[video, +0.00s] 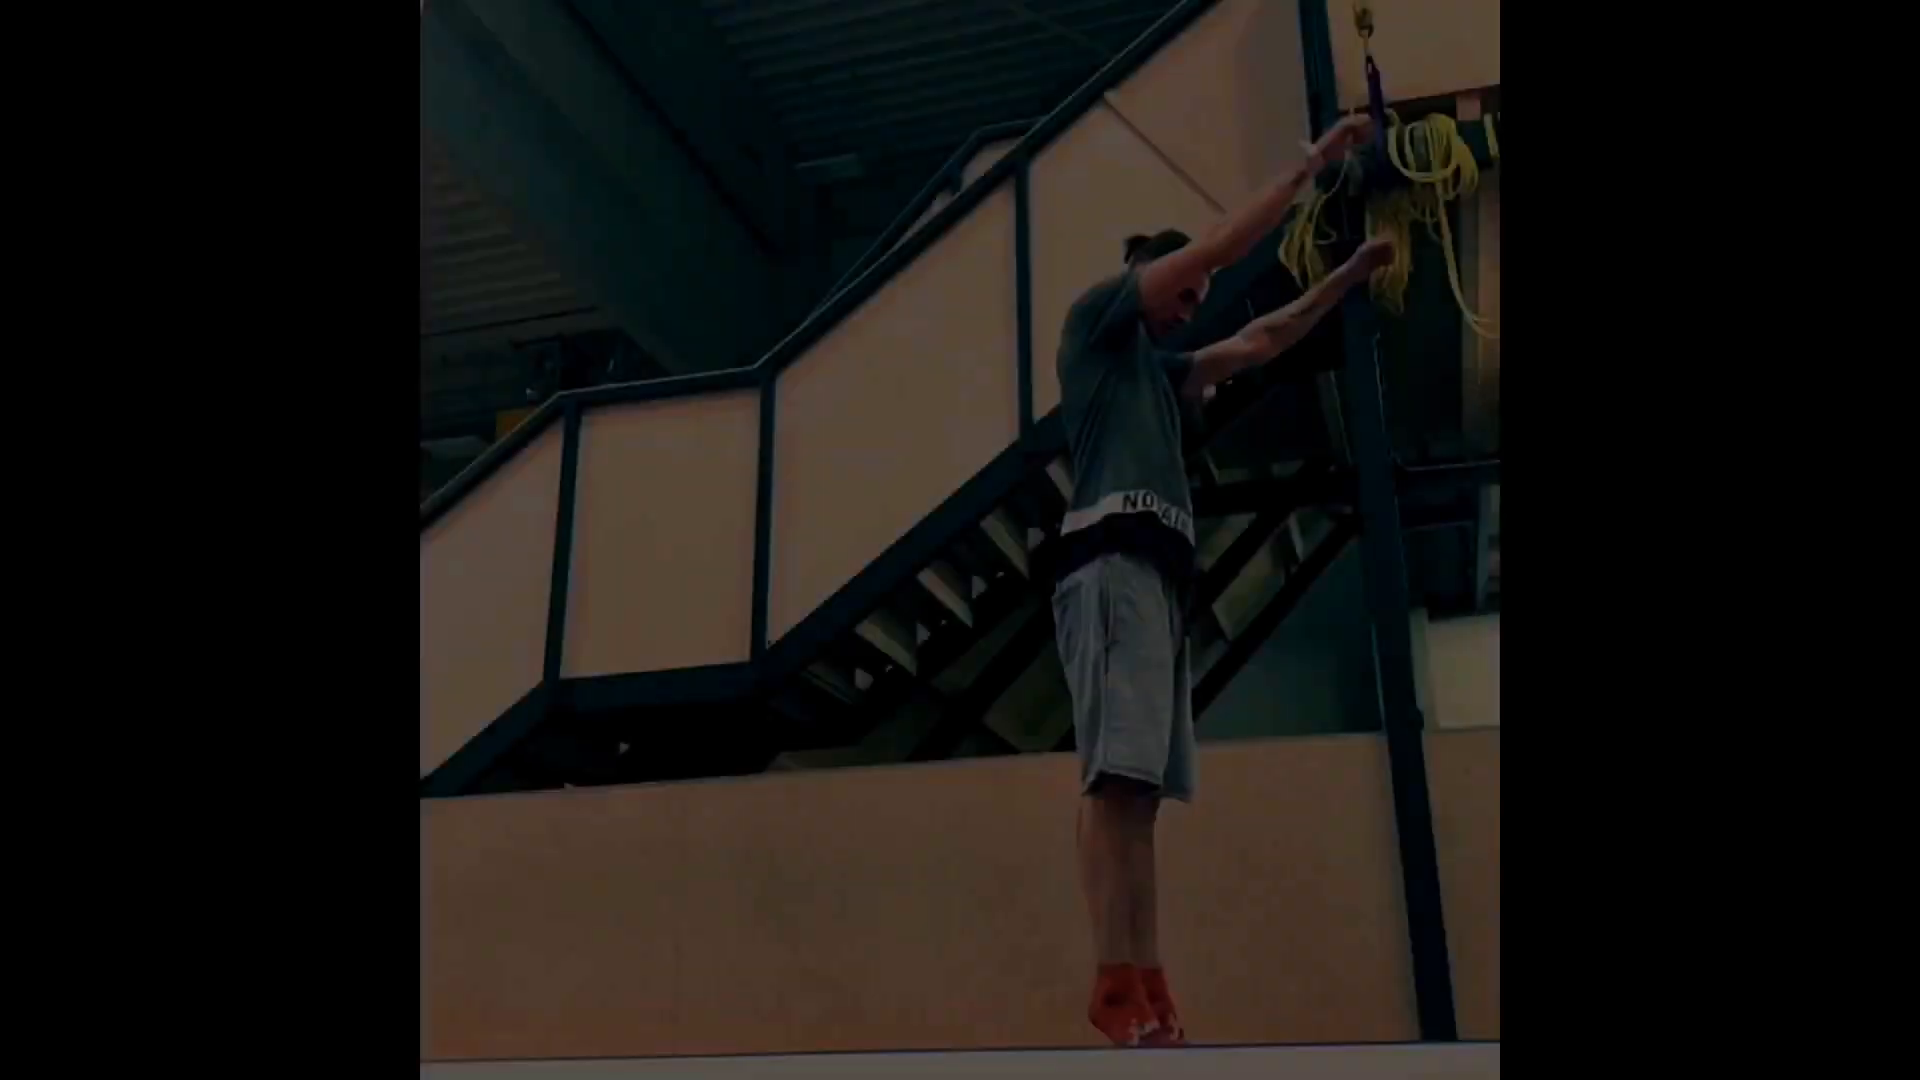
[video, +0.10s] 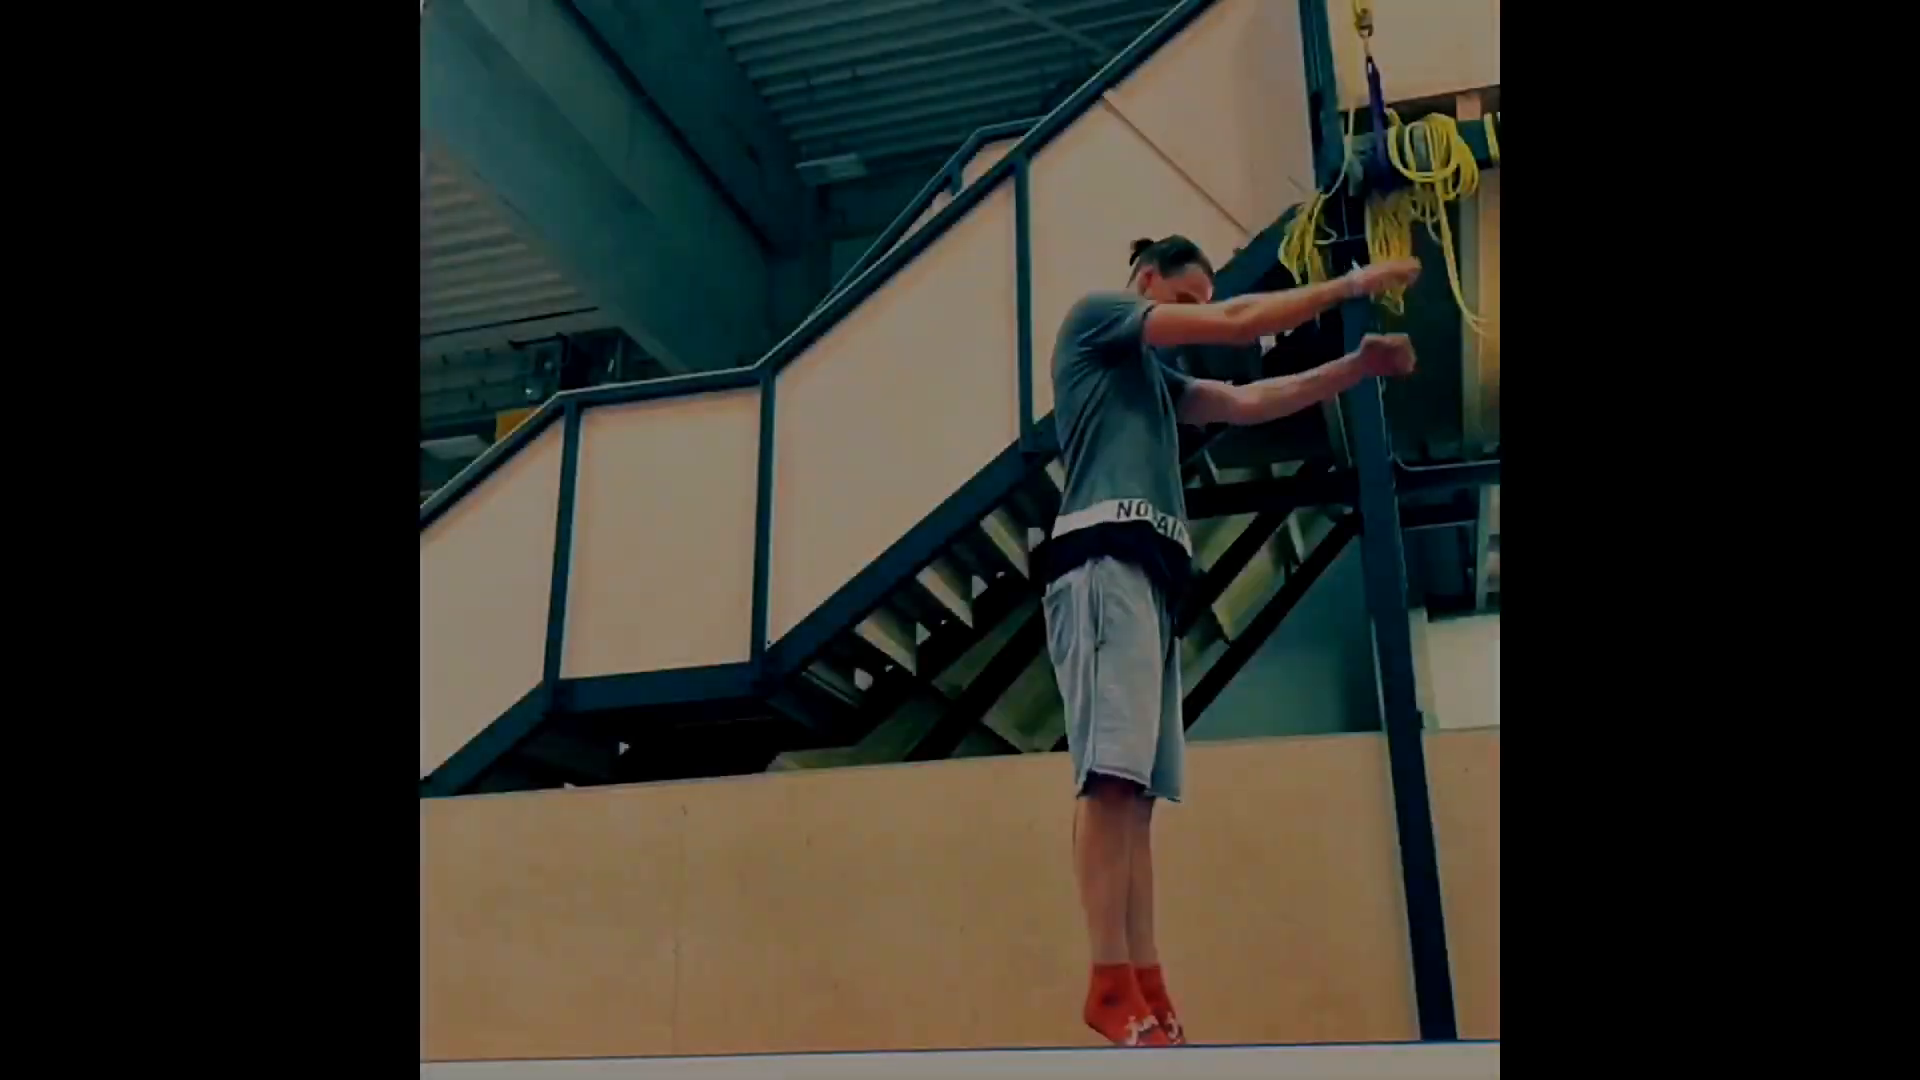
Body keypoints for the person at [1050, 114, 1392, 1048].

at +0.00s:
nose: (1193, 305)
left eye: (1196, 294)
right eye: (1185, 287)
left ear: (1167, 298)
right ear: (1144, 273)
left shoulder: (1159, 367)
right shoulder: (1094, 319)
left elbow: (1261, 339)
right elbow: (1215, 247)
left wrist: (1346, 276)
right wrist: (1313, 162)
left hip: (1155, 576)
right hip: (1108, 568)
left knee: (1143, 788)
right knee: (1116, 779)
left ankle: (1148, 987)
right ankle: (1114, 989)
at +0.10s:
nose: (1196, 313)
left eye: (1203, 304)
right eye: (1186, 296)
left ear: (1190, 301)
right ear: (1144, 277)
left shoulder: (1159, 379)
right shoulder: (1096, 319)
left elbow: (1251, 401)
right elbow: (1236, 318)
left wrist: (1356, 364)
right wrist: (1351, 280)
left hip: (1149, 579)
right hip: (1101, 565)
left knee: (1137, 785)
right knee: (1111, 779)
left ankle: (1144, 983)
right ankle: (1108, 987)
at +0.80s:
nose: (1152, 472)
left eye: (1161, 462)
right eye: (1148, 451)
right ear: (1106, 431)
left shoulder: (1102, 538)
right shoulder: (1057, 495)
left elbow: (1183, 618)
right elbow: (1180, 573)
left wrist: (1303, 647)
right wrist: (1310, 594)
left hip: (1048, 715)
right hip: (1007, 713)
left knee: (1192, 850)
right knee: (1172, 847)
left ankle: (1122, 1039)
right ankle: (1103, 1040)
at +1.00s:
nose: (1112, 409)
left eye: (1110, 399)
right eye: (1099, 396)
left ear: (1069, 402)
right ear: (1057, 394)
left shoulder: (1081, 489)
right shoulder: (1037, 445)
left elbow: (1201, 467)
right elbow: (1171, 395)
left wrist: (1270, 391)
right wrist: (1272, 317)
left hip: (1037, 702)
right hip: (1013, 699)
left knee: (1176, 848)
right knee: (1174, 841)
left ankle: (1118, 1042)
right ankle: (1108, 1041)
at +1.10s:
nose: (1094, 385)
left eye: (1091, 375)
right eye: (1079, 371)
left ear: (1061, 389)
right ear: (1043, 379)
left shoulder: (1068, 469)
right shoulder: (1021, 435)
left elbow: (1178, 424)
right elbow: (1150, 354)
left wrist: (1236, 343)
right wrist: (1226, 259)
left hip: (1039, 689)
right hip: (1017, 686)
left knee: (1175, 845)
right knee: (1174, 836)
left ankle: (1120, 1038)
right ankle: (1111, 1036)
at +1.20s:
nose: (1081, 378)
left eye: (1079, 371)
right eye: (1068, 364)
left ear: (1060, 386)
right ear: (1034, 370)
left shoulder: (1066, 459)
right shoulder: (1015, 428)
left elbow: (1154, 403)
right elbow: (1121, 319)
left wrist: (1208, 318)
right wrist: (1183, 219)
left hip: (1051, 673)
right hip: (1021, 671)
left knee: (1188, 836)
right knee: (1167, 832)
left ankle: (1127, 1035)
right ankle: (1108, 1033)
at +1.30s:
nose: (1069, 366)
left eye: (1067, 358)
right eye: (1056, 353)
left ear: (1049, 376)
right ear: (1024, 362)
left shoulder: (1058, 440)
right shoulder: (1007, 412)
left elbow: (1136, 381)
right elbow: (1089, 296)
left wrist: (1182, 297)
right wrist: (1139, 193)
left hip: (1056, 662)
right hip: (1029, 657)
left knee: (1189, 829)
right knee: (1164, 822)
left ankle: (1129, 1030)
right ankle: (1107, 1029)